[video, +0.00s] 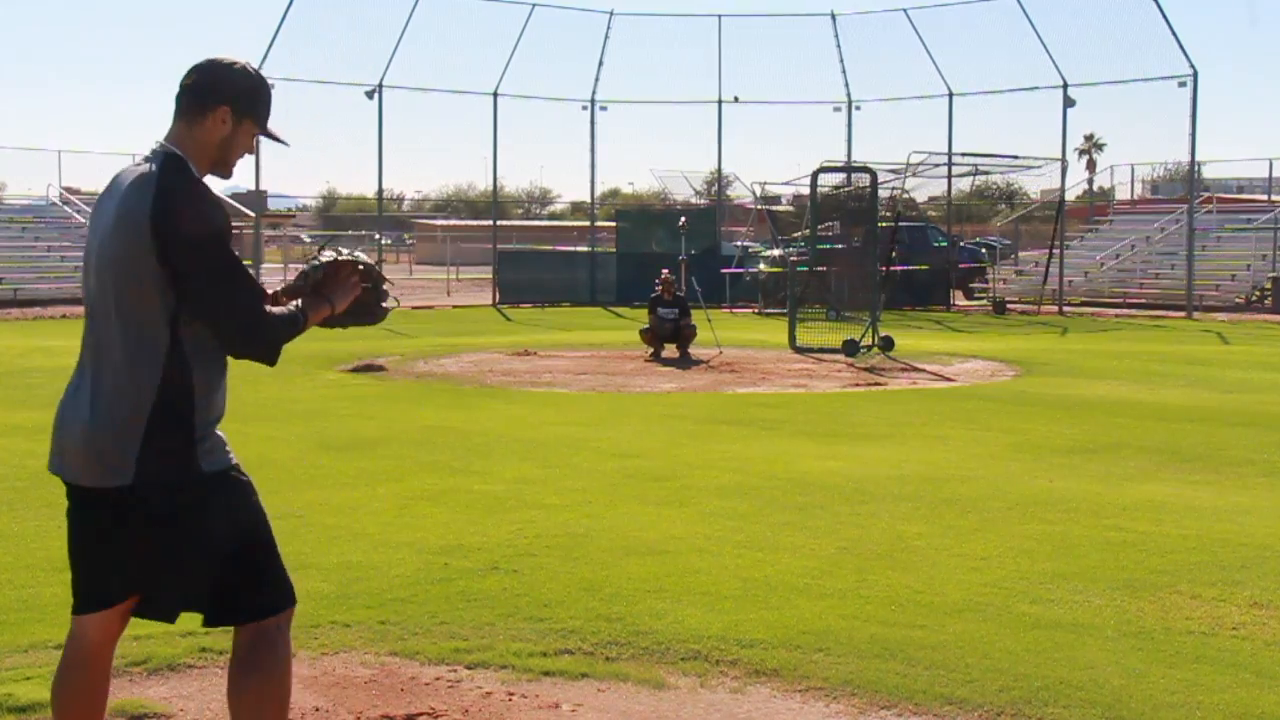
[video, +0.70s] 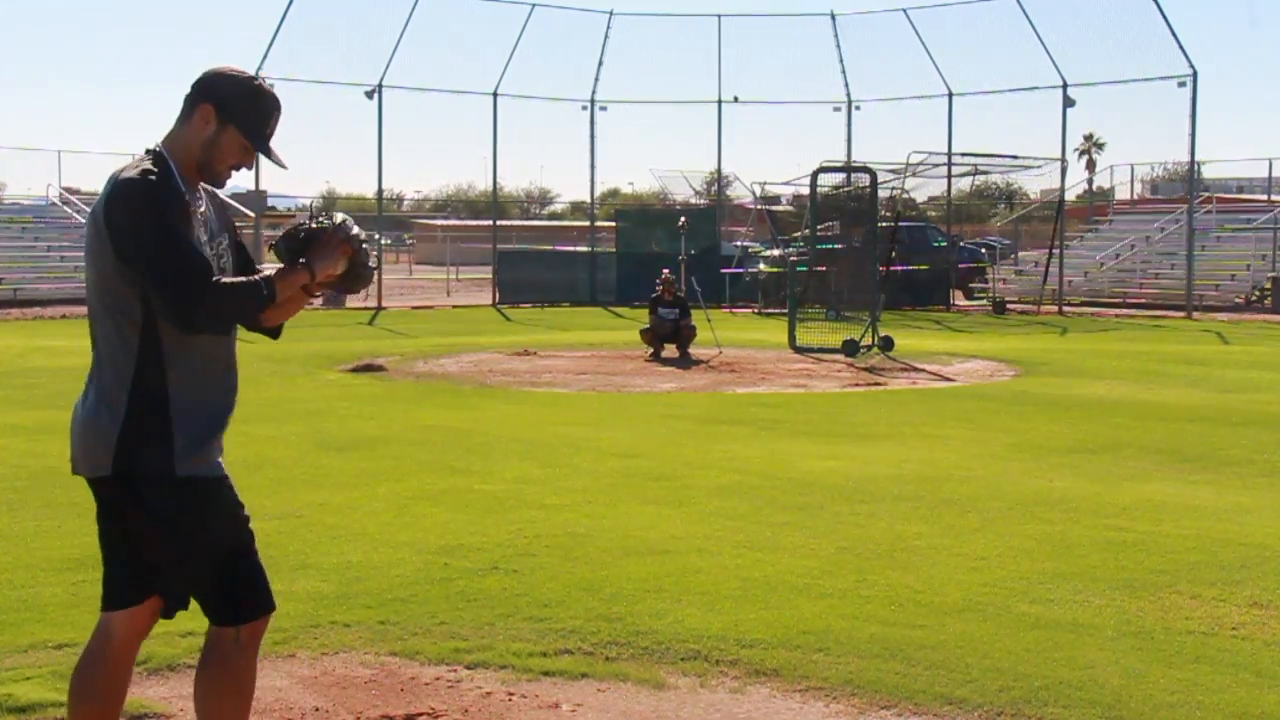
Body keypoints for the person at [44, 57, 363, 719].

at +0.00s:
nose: (248, 152)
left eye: (255, 140)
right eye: (251, 135)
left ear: (191, 115)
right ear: (219, 118)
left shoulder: (123, 187)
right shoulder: (183, 197)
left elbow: (183, 311)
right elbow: (252, 333)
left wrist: (282, 294)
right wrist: (321, 304)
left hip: (94, 446)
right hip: (178, 453)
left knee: (97, 618)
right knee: (266, 611)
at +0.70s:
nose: (246, 166)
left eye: (252, 156)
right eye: (245, 149)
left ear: (209, 126)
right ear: (207, 119)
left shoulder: (196, 203)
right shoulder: (144, 191)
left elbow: (239, 314)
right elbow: (195, 303)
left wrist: (287, 298)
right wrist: (307, 268)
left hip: (137, 446)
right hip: (159, 450)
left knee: (132, 608)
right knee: (243, 612)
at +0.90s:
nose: (268, 148)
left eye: (274, 136)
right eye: (265, 131)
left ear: (236, 118)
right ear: (221, 107)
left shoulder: (250, 203)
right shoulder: (144, 186)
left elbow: (301, 313)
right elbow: (182, 286)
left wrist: (323, 256)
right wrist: (290, 243)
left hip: (232, 440)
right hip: (162, 447)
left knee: (279, 591)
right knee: (222, 622)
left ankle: (165, 711)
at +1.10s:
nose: (282, 147)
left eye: (288, 134)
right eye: (276, 128)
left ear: (250, 118)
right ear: (231, 107)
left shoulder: (271, 196)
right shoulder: (138, 178)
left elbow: (333, 308)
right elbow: (123, 253)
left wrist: (309, 229)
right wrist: (244, 210)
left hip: (259, 419)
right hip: (174, 443)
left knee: (338, 557)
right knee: (216, 620)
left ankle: (340, 717)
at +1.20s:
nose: (284, 150)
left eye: (294, 139)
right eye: (279, 133)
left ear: (294, 140)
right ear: (239, 111)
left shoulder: (281, 190)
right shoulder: (149, 174)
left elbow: (348, 301)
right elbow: (109, 241)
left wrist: (306, 215)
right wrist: (229, 190)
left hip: (270, 410)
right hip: (182, 439)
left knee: (344, 532)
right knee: (215, 618)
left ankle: (412, 701)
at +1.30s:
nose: (291, 152)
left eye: (303, 140)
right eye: (283, 135)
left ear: (304, 145)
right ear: (246, 125)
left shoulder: (297, 200)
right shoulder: (167, 174)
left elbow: (365, 293)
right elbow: (110, 233)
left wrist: (314, 200)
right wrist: (229, 177)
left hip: (275, 394)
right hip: (187, 426)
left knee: (347, 460)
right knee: (218, 612)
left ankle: (423, 634)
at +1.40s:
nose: (298, 152)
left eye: (311, 144)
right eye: (292, 137)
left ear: (317, 148)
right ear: (257, 124)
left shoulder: (309, 201)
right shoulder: (181, 178)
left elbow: (376, 286)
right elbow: (127, 231)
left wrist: (322, 193)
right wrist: (235, 165)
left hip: (272, 387)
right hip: (192, 418)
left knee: (341, 388)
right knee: (223, 608)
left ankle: (399, 581)